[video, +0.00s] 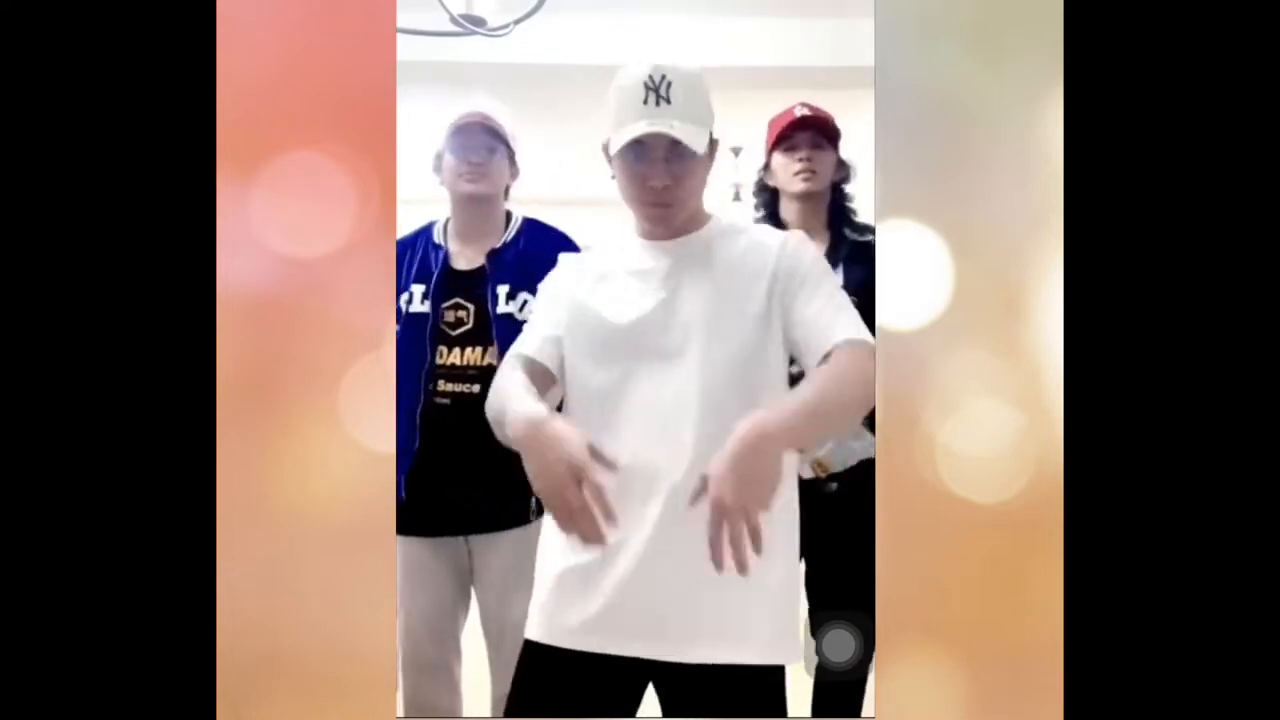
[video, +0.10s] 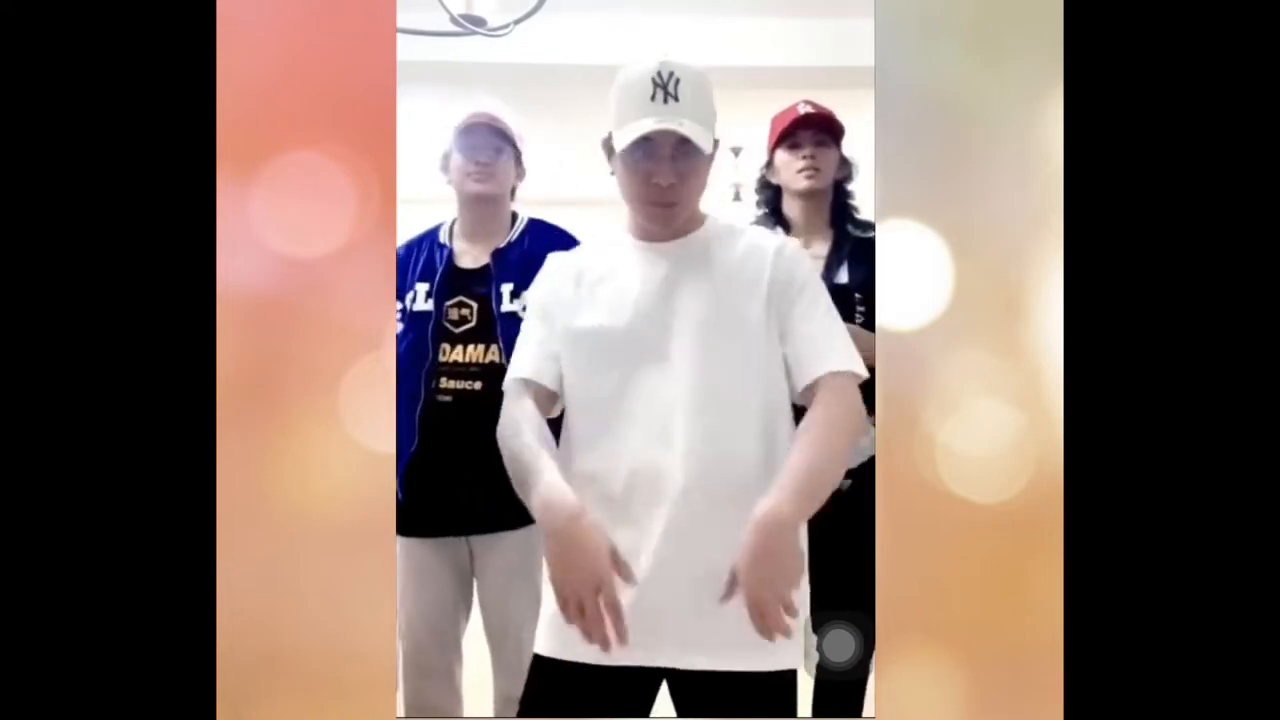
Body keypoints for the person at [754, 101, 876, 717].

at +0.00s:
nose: (805, 159)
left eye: (818, 149)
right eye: (791, 149)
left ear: (838, 165)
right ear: (769, 166)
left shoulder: (873, 250)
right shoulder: (742, 253)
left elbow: (898, 350)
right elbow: (724, 355)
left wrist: (856, 416)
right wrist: (773, 424)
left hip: (852, 468)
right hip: (764, 463)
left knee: (846, 634)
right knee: (754, 627)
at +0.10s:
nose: (809, 157)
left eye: (822, 146)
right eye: (794, 146)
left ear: (840, 164)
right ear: (771, 165)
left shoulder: (875, 248)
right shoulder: (743, 251)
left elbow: (897, 358)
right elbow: (723, 348)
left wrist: (818, 321)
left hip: (852, 464)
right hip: (762, 457)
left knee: (845, 632)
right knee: (754, 624)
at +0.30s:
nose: (813, 161)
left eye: (826, 150)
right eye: (797, 150)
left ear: (842, 167)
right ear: (772, 168)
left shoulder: (876, 255)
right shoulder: (743, 257)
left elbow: (908, 374)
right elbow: (720, 367)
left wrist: (855, 346)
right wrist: (784, 349)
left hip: (859, 474)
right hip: (766, 471)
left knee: (849, 647)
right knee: (767, 637)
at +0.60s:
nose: (809, 156)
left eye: (821, 148)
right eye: (793, 146)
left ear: (833, 167)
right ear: (762, 162)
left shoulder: (858, 253)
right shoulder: (729, 250)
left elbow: (885, 359)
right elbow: (730, 345)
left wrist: (837, 288)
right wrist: (812, 276)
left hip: (853, 474)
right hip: (768, 471)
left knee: (852, 644)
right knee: (772, 636)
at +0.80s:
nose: (802, 158)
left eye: (814, 150)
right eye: (786, 146)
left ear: (824, 169)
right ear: (755, 161)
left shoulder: (841, 249)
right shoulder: (725, 247)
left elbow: (871, 368)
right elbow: (715, 346)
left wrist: (852, 289)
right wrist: (801, 311)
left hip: (838, 464)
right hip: (756, 463)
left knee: (850, 645)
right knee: (758, 639)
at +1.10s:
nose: (792, 156)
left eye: (805, 147)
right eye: (778, 146)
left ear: (820, 167)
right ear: (750, 163)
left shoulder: (848, 255)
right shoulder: (723, 249)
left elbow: (866, 372)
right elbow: (707, 356)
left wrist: (802, 297)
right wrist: (761, 279)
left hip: (829, 473)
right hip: (739, 475)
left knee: (843, 650)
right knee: (740, 647)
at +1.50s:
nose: (800, 156)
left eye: (813, 146)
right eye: (785, 145)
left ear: (829, 161)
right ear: (759, 162)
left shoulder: (866, 248)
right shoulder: (733, 249)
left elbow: (894, 351)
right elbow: (711, 351)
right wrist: (770, 277)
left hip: (850, 460)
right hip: (755, 459)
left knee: (843, 643)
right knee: (758, 633)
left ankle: (834, 716)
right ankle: (770, 712)